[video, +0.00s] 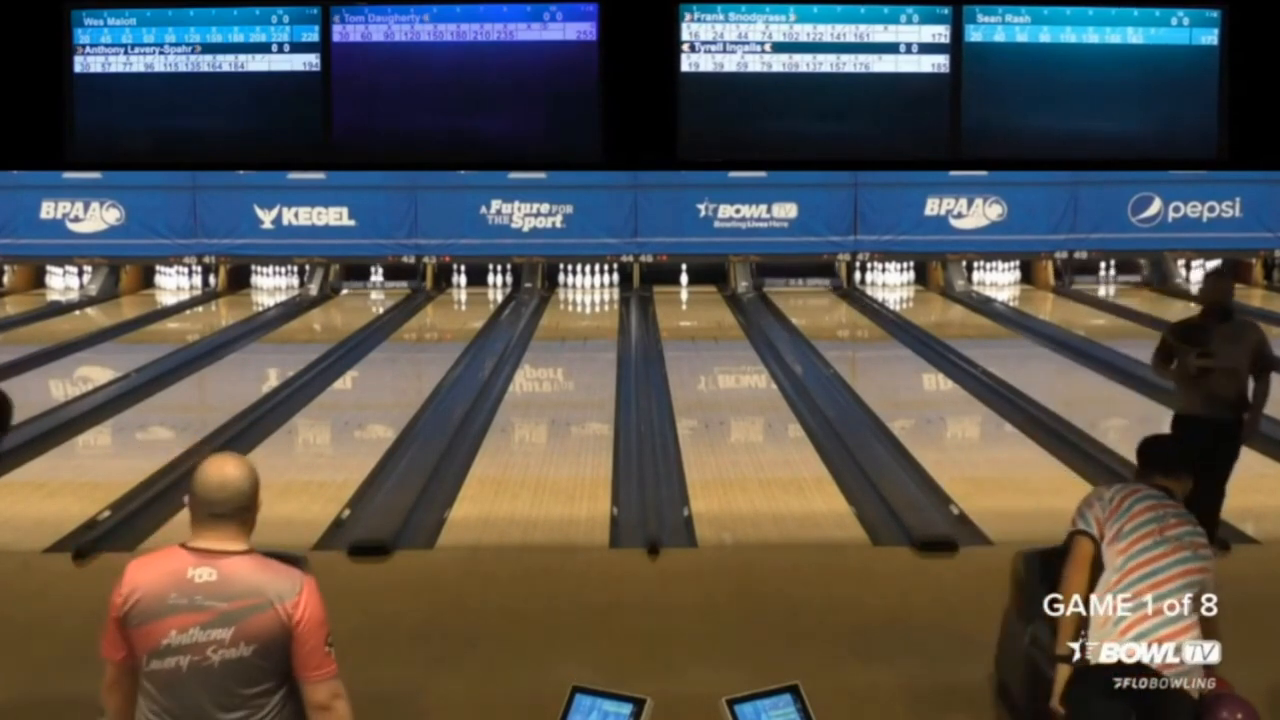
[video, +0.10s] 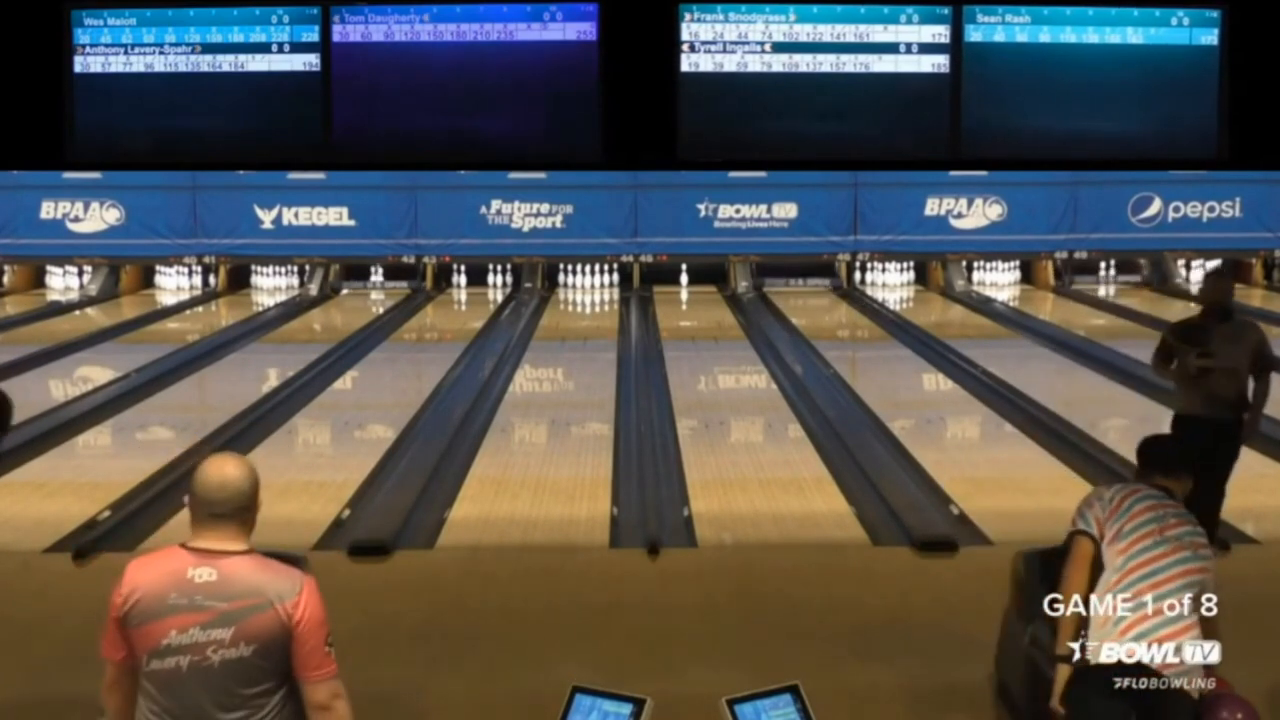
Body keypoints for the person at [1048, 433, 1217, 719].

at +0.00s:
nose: (1189, 488)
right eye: (1189, 482)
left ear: (1139, 469)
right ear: (1188, 482)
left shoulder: (1106, 498)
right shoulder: (1194, 527)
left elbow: (1074, 589)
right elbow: (1206, 614)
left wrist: (1063, 659)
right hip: (1179, 693)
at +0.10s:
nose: (1188, 488)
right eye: (1189, 482)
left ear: (1139, 469)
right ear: (1188, 482)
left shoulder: (1106, 498)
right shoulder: (1194, 527)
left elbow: (1074, 589)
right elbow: (1206, 615)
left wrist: (1063, 660)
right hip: (1179, 693)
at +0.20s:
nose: (1189, 491)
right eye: (1190, 485)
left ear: (1140, 471)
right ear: (1187, 485)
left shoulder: (1108, 497)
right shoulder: (1195, 528)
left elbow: (1073, 583)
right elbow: (1207, 614)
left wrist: (1062, 657)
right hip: (1179, 690)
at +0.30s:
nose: (1188, 490)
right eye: (1188, 483)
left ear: (1140, 471)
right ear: (1186, 481)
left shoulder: (1109, 497)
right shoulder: (1194, 526)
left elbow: (1075, 580)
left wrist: (1063, 657)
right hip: (1178, 690)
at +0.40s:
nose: (1186, 489)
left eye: (1185, 482)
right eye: (1186, 482)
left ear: (1136, 473)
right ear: (1182, 483)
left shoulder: (1108, 498)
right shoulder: (1193, 523)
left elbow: (1075, 580)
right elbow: (1207, 607)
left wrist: (1063, 657)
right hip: (1179, 690)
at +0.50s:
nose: (1185, 491)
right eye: (1185, 486)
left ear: (1134, 475)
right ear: (1181, 485)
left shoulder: (1107, 499)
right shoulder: (1192, 522)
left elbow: (1074, 582)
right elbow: (1207, 603)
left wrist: (1063, 658)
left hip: (1107, 679)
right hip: (1178, 691)